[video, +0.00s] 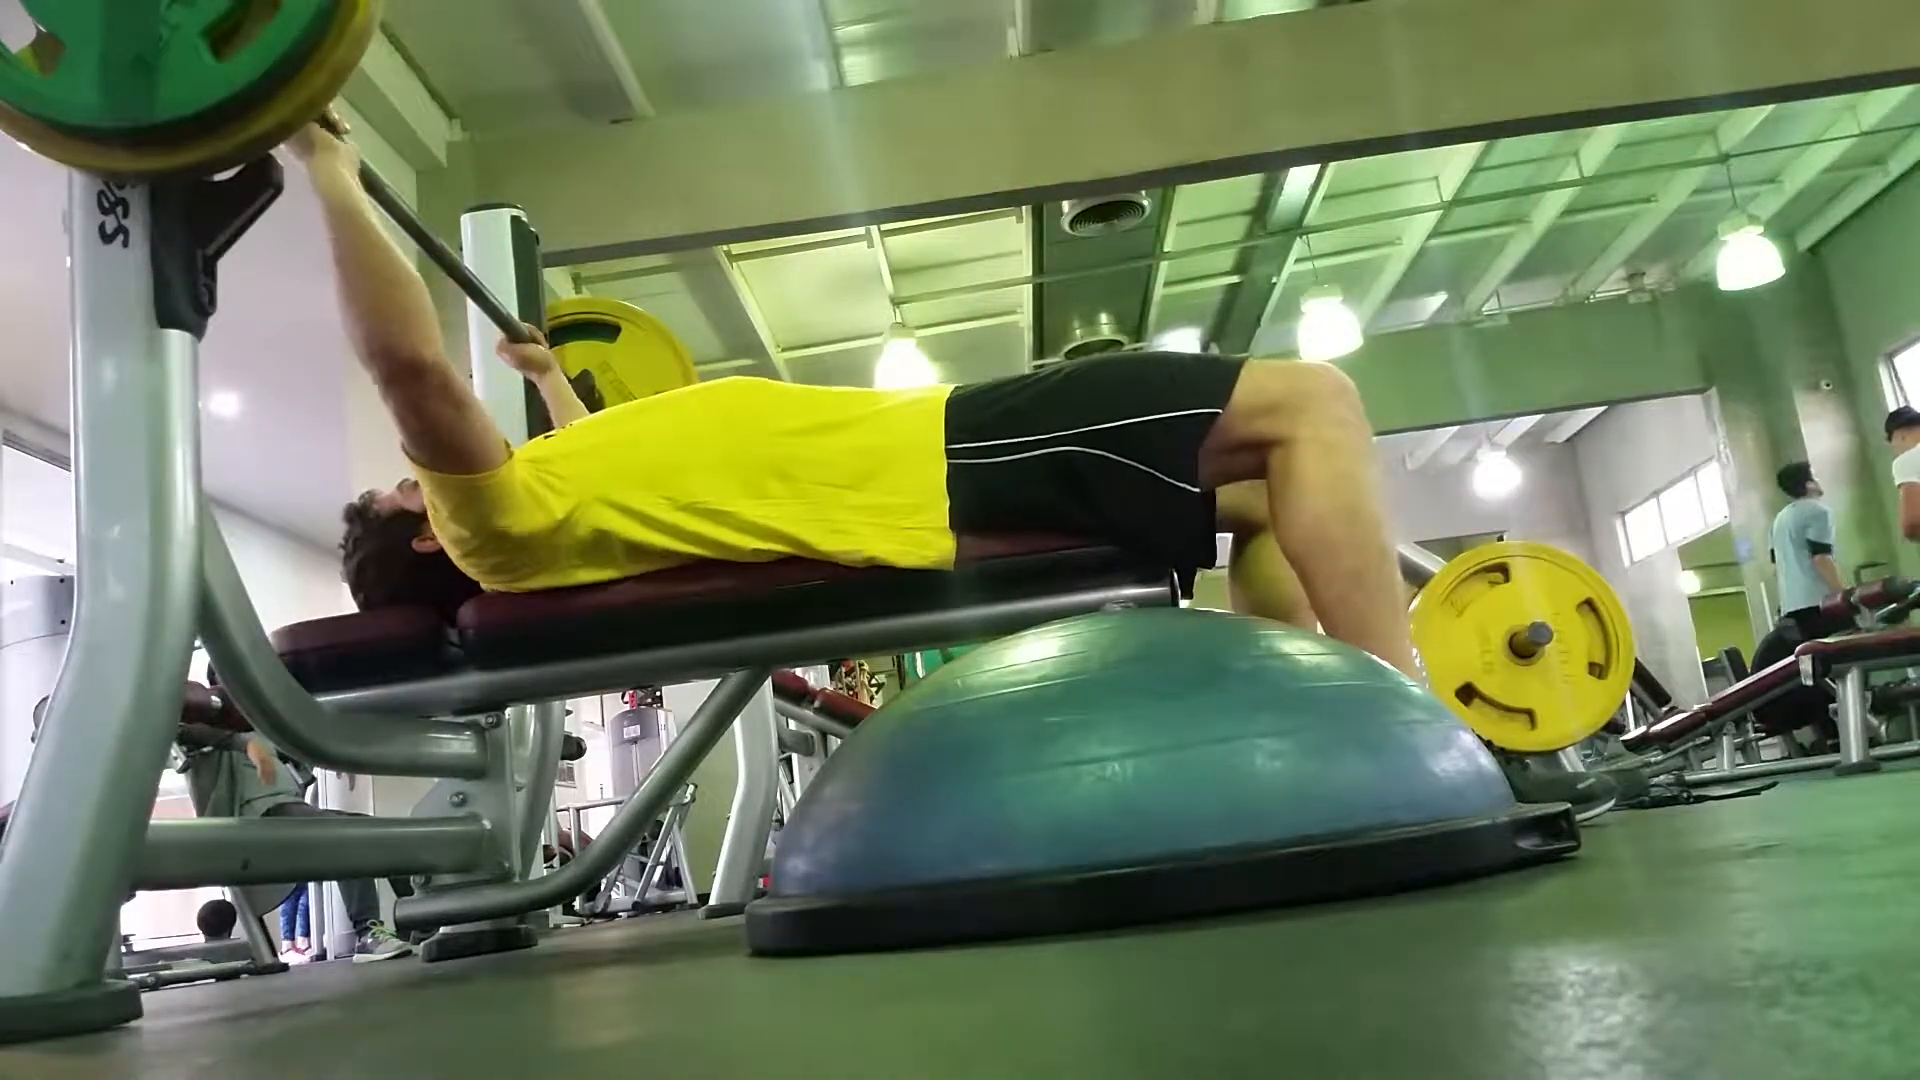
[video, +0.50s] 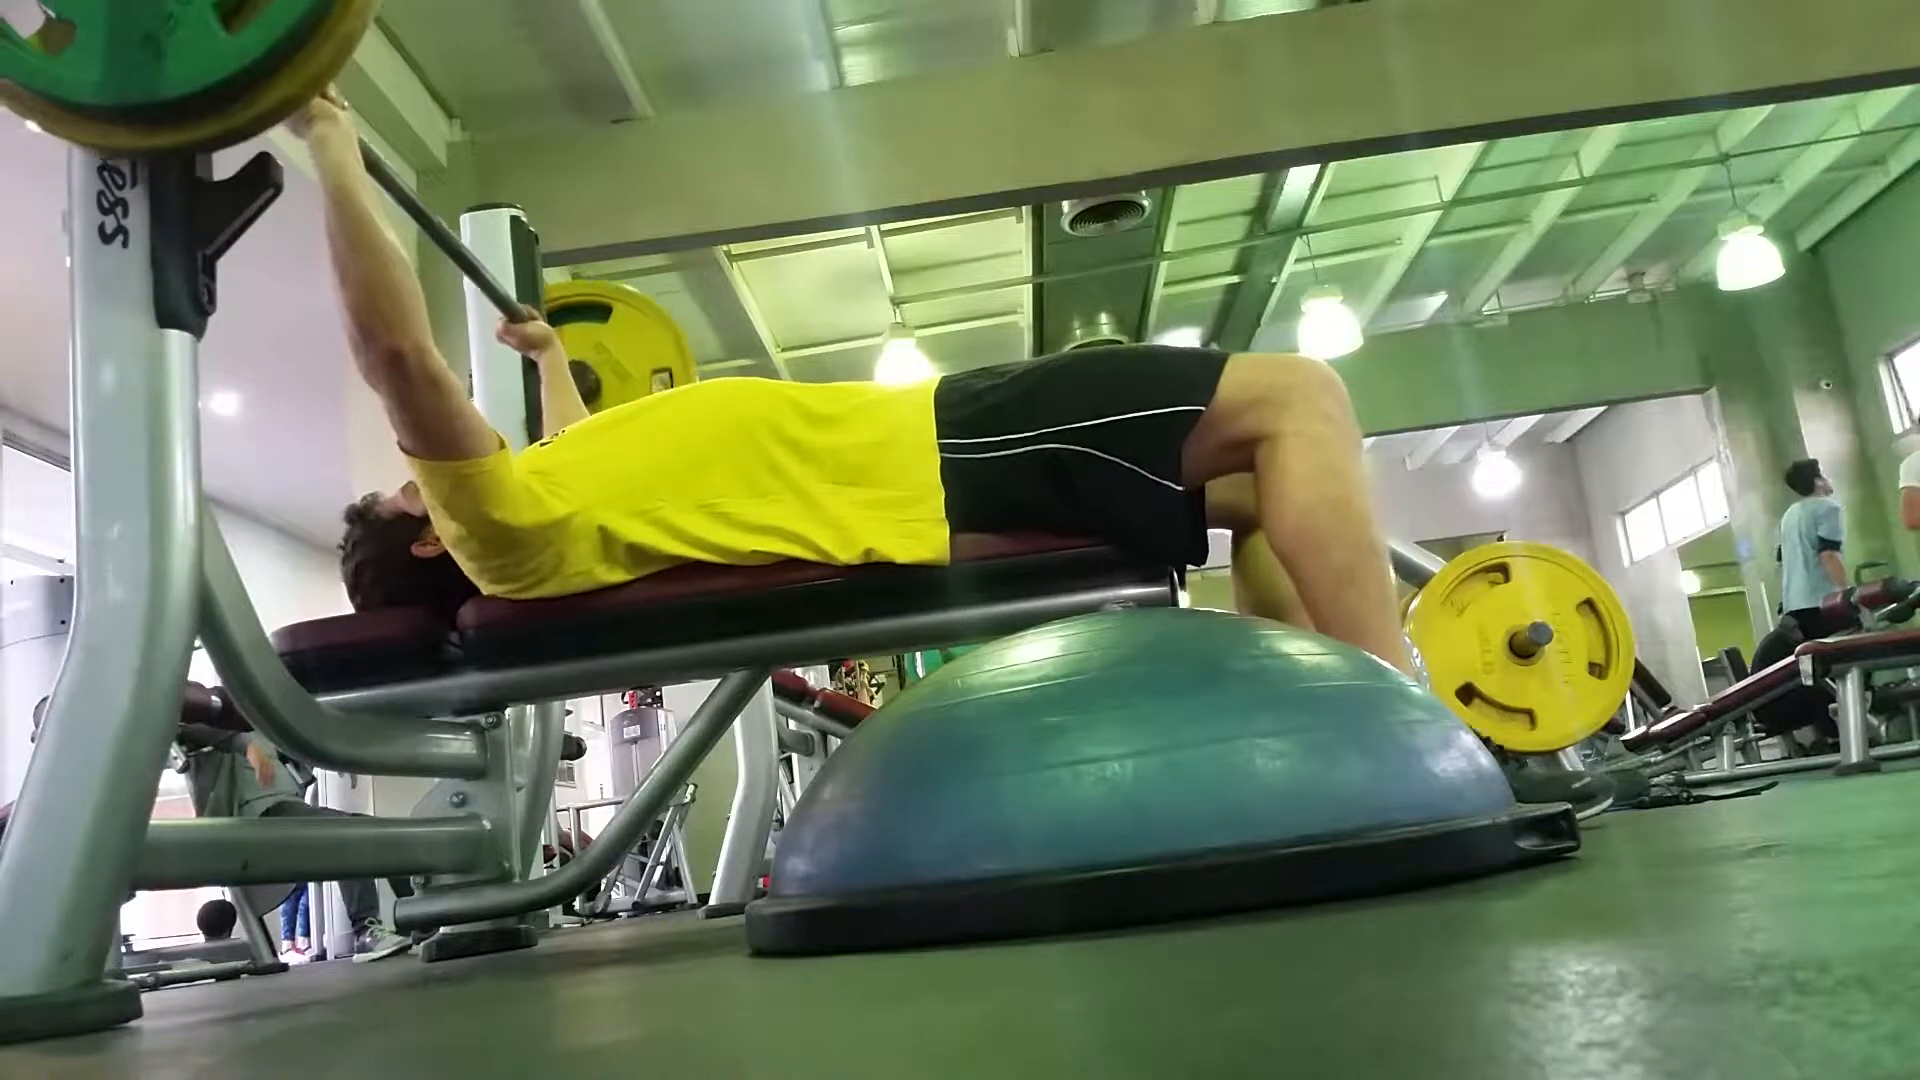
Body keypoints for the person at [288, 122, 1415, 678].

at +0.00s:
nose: (412, 474)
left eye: (401, 478)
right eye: (405, 483)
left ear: (430, 567)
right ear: (426, 529)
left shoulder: (550, 523)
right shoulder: (506, 528)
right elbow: (408, 368)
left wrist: (550, 397)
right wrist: (314, 147)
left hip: (934, 471)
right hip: (932, 459)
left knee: (1250, 501)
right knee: (1311, 402)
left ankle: (1308, 732)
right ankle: (1413, 736)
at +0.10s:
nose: (421, 471)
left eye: (408, 477)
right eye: (414, 480)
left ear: (430, 559)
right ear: (428, 528)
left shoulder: (553, 518)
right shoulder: (512, 528)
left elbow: (627, 471)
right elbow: (403, 371)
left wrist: (551, 394)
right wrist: (317, 146)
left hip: (935, 460)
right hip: (932, 461)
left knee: (1256, 481)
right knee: (1307, 402)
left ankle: (1299, 740)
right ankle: (1410, 738)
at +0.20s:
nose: (419, 479)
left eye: (405, 485)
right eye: (412, 486)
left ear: (427, 564)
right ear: (425, 532)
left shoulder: (548, 525)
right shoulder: (510, 530)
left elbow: (630, 477)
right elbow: (400, 373)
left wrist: (550, 396)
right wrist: (316, 141)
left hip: (927, 463)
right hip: (927, 456)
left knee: (1267, 471)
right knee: (1306, 405)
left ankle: (1291, 744)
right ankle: (1407, 732)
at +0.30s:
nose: (418, 476)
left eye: (405, 481)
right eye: (408, 485)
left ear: (429, 558)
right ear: (423, 534)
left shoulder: (553, 529)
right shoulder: (512, 533)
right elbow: (397, 373)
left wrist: (545, 394)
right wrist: (316, 140)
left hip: (927, 463)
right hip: (923, 454)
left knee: (1267, 468)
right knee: (1302, 404)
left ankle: (1296, 740)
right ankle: (1408, 736)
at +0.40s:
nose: (417, 471)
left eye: (403, 477)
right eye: (407, 482)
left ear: (428, 555)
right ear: (422, 533)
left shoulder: (548, 532)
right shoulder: (510, 531)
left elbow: (606, 480)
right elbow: (392, 367)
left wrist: (551, 389)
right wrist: (315, 135)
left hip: (921, 457)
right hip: (924, 454)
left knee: (1266, 460)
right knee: (1302, 403)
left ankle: (1292, 740)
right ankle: (1403, 735)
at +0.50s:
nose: (420, 471)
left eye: (406, 476)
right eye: (411, 481)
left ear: (430, 549)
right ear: (422, 529)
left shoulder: (551, 532)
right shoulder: (511, 527)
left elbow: (598, 478)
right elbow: (394, 351)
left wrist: (551, 379)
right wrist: (315, 115)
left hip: (929, 457)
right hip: (928, 456)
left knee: (1262, 468)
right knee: (1295, 402)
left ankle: (1293, 731)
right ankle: (1404, 730)